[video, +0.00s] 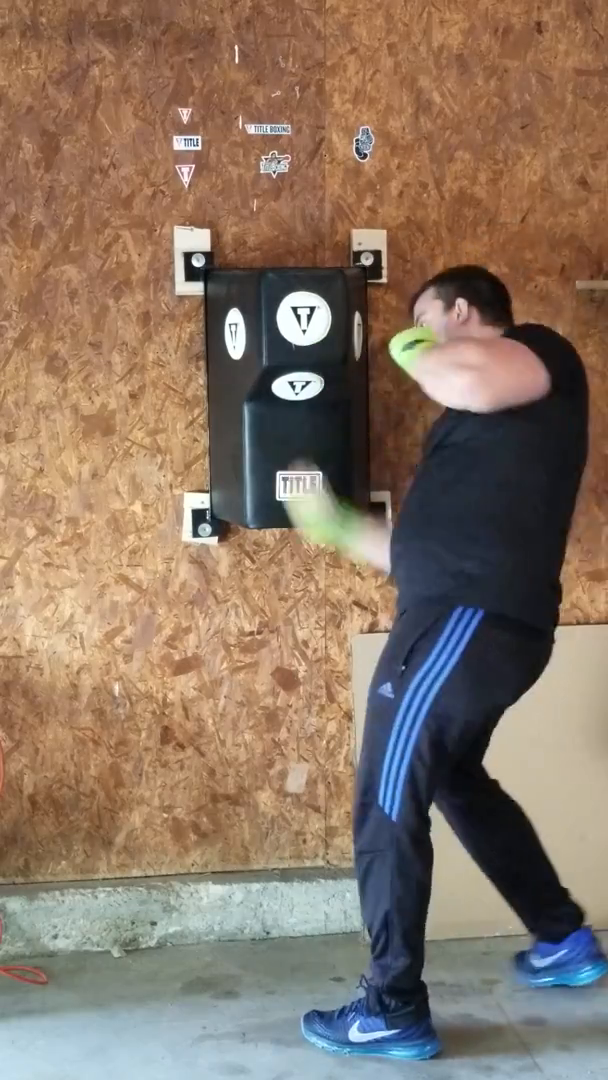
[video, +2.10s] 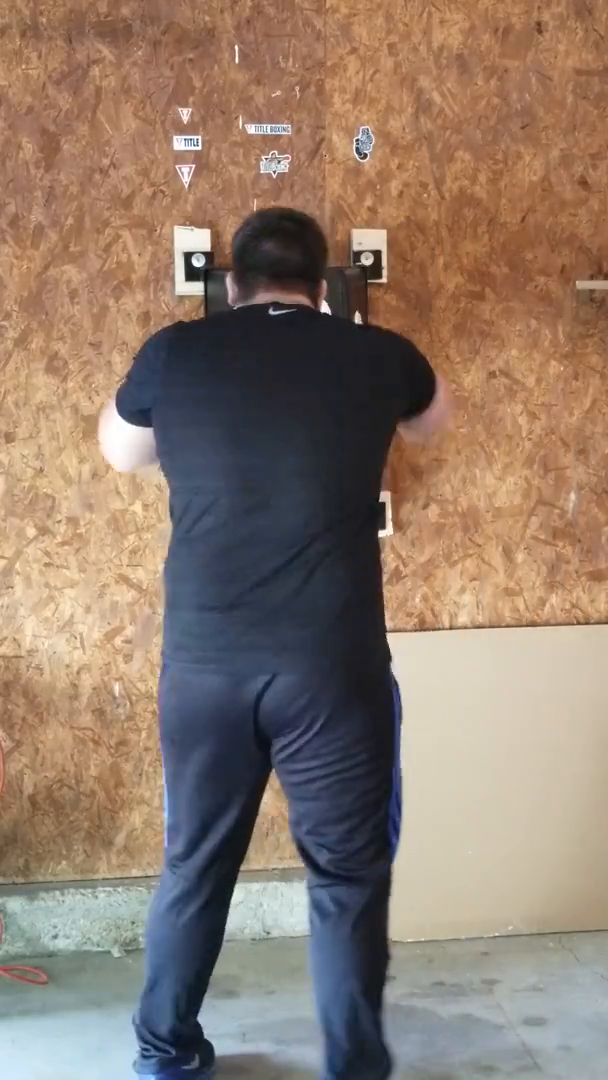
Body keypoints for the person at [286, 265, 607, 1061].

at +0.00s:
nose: (421, 342)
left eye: (425, 325)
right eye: (419, 331)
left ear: (463, 308)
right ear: (472, 314)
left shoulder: (543, 349)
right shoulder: (487, 407)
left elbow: (471, 382)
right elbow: (433, 550)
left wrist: (413, 350)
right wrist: (334, 522)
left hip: (467, 611)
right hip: (484, 617)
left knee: (387, 798)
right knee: (455, 776)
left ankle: (393, 1006)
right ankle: (564, 938)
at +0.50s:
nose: (396, 326)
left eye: (396, 305)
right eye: (391, 310)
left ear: (429, 287)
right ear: (453, 283)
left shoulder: (483, 350)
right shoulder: (514, 342)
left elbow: (444, 472)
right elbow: (457, 458)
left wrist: (369, 428)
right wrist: (393, 411)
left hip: (470, 597)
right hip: (534, 598)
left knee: (378, 782)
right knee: (511, 768)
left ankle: (349, 987)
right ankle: (560, 953)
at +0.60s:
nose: (385, 330)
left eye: (383, 316)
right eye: (381, 319)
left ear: (413, 300)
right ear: (459, 289)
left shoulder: (442, 362)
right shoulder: (531, 356)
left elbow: (371, 475)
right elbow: (474, 453)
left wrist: (330, 406)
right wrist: (397, 390)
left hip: (447, 617)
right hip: (534, 615)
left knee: (368, 801)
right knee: (510, 769)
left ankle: (319, 1003)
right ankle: (561, 954)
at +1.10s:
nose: (356, 313)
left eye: (355, 304)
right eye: (362, 306)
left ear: (371, 300)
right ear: (448, 294)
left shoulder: (338, 358)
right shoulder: (517, 368)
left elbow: (257, 463)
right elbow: (481, 462)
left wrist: (281, 395)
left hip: (355, 641)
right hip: (477, 642)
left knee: (324, 828)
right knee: (495, 840)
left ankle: (303, 1021)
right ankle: (522, 1049)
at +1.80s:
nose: (436, 309)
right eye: (440, 297)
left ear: (353, 277)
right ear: (438, 297)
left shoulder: (280, 336)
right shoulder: (452, 370)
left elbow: (228, 382)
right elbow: (495, 501)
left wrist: (334, 348)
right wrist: (433, 425)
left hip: (241, 653)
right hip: (360, 665)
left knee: (245, 822)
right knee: (402, 884)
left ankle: (170, 1033)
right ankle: (412, 1068)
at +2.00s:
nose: (360, 309)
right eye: (361, 296)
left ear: (267, 285)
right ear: (358, 298)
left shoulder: (192, 355)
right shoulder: (389, 378)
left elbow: (150, 452)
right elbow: (450, 496)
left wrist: (245, 427)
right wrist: (375, 461)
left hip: (199, 668)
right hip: (324, 668)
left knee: (203, 858)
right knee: (375, 873)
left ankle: (165, 1051)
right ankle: (412, 1065)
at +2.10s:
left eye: (242, 280)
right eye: (308, 282)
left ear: (230, 284)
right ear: (321, 286)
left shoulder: (173, 352)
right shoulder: (377, 355)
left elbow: (121, 448)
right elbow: (433, 419)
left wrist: (209, 419)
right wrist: (348, 341)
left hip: (201, 659)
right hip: (326, 659)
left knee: (192, 862)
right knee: (346, 874)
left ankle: (164, 1052)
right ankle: (355, 1065)